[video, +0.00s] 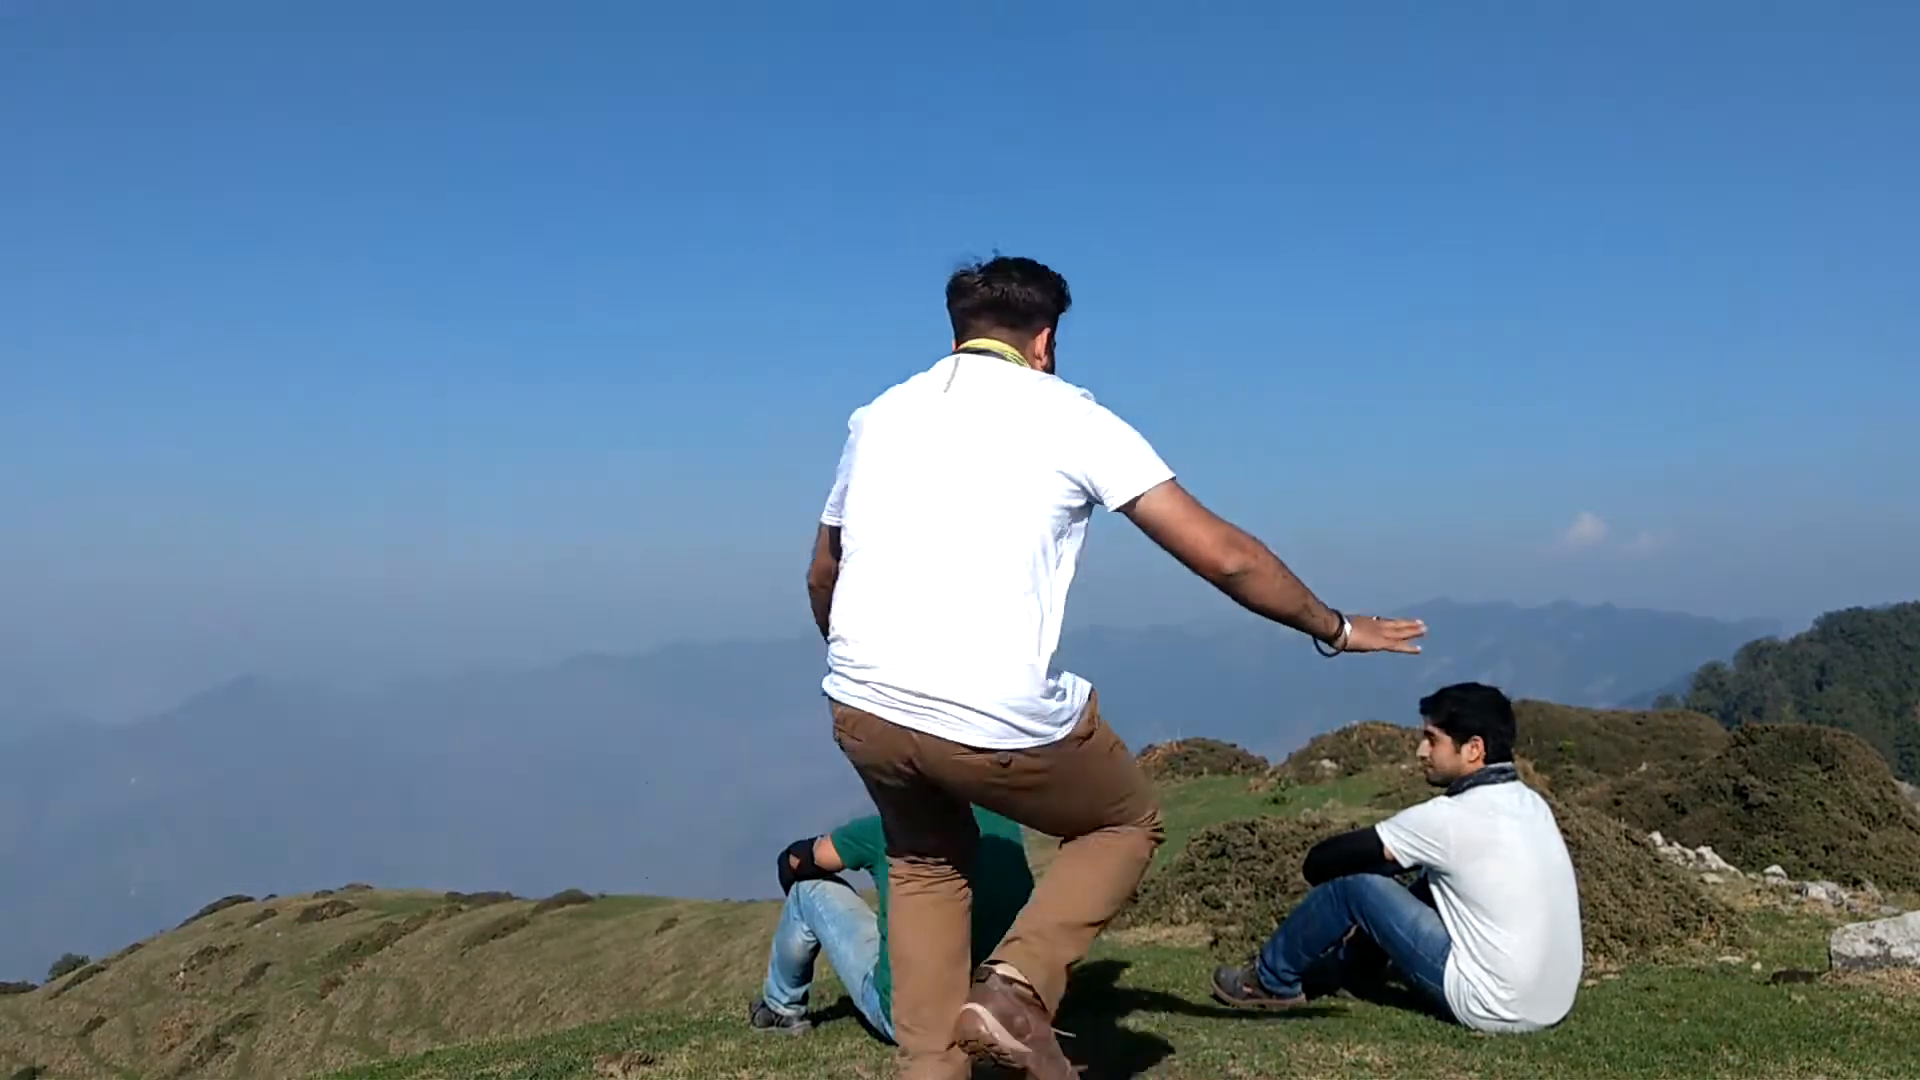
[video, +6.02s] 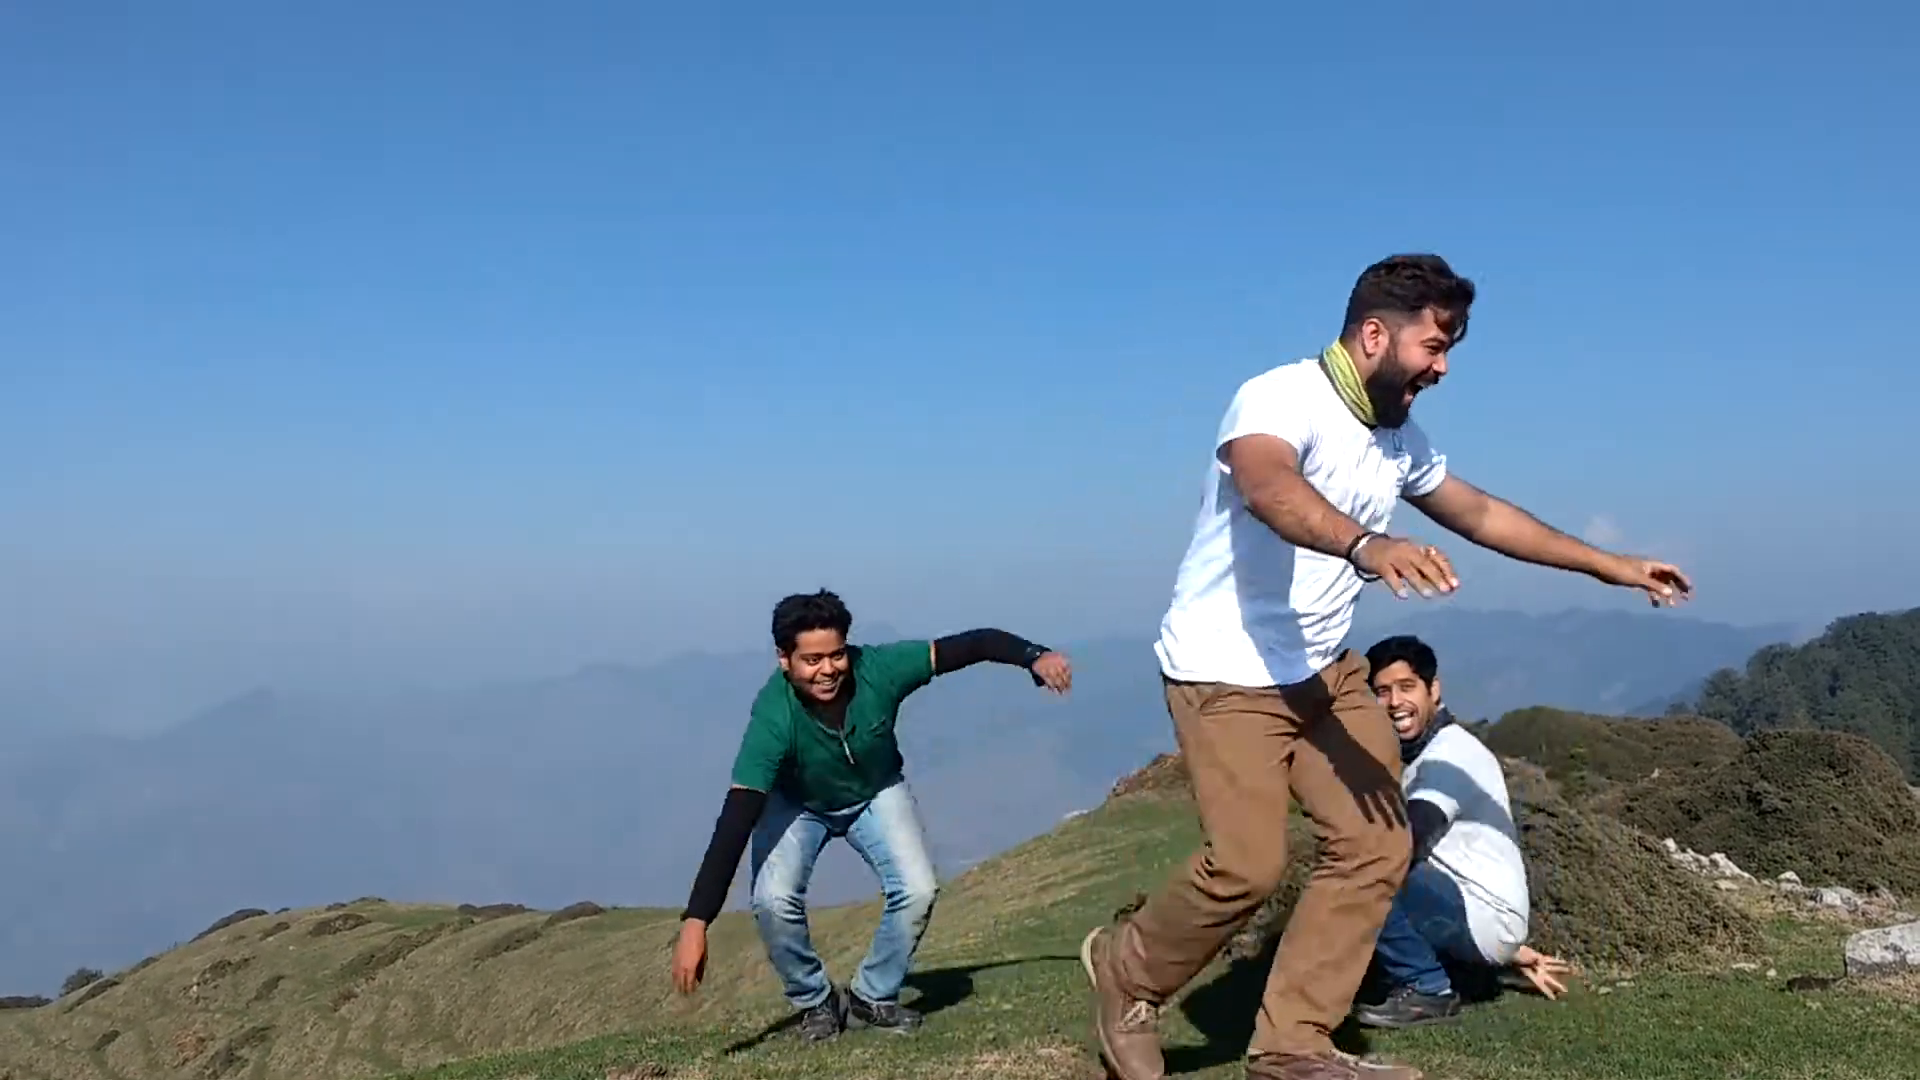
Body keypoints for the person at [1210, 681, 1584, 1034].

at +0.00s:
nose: (1422, 751)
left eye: (1432, 739)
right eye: (1424, 738)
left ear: (1473, 750)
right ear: (1480, 751)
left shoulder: (1450, 816)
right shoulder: (1533, 803)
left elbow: (1320, 860)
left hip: (1487, 1004)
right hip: (1546, 1001)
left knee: (1354, 885)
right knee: (1433, 878)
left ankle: (1271, 979)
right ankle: (1350, 966)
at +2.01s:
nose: (1442, 734)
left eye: (1457, 723)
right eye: (1446, 721)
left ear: (1500, 739)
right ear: (1504, 745)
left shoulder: (1493, 795)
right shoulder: (1548, 797)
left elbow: (1496, 893)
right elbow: (1608, 894)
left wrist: (1391, 890)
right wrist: (1626, 984)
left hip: (1498, 986)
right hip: (1549, 995)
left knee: (1337, 877)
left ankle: (1204, 978)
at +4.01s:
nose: (1481, 735)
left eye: (1496, 724)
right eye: (1482, 722)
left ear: (1540, 738)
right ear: (1541, 740)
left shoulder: (1544, 807)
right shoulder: (1572, 787)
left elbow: (1583, 916)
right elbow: (1627, 874)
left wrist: (1512, 994)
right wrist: (1588, 928)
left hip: (1536, 986)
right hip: (1557, 959)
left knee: (1378, 956)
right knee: (1459, 887)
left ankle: (1226, 996)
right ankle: (1342, 958)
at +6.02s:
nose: (1394, 702)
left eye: (1407, 687)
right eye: (1383, 691)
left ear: (1434, 689)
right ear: (1374, 699)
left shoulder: (1451, 749)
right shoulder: (1422, 759)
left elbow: (1400, 848)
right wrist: (1507, 952)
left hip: (1487, 916)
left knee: (1368, 869)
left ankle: (1426, 989)